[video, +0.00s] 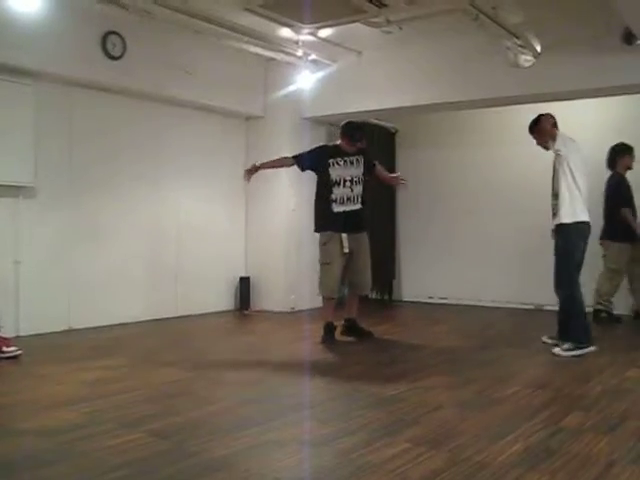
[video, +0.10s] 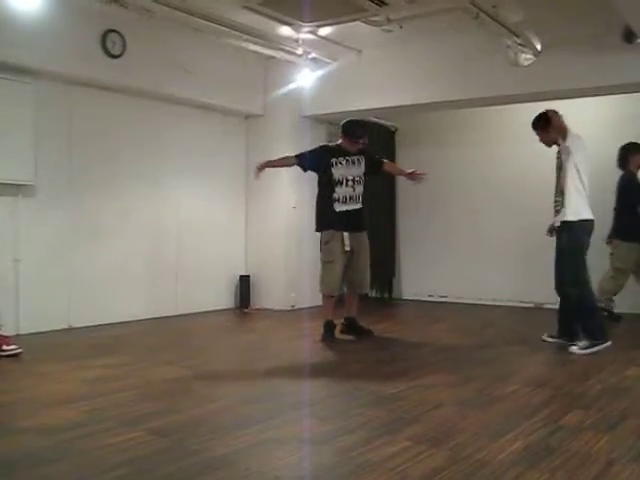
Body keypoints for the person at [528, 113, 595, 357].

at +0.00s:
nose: (538, 143)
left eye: (538, 137)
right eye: (535, 139)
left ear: (550, 126)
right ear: (550, 128)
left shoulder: (568, 149)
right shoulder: (561, 153)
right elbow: (563, 191)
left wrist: (550, 124)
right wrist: (558, 222)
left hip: (573, 223)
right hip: (566, 223)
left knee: (568, 284)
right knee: (564, 284)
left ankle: (580, 339)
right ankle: (565, 333)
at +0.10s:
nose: (542, 142)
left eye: (542, 136)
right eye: (539, 138)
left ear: (553, 127)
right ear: (550, 130)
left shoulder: (573, 146)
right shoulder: (563, 150)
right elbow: (564, 190)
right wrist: (557, 220)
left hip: (577, 221)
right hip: (567, 222)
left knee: (575, 281)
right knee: (564, 282)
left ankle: (596, 335)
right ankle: (567, 332)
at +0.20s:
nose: (545, 137)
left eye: (546, 131)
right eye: (543, 132)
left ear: (558, 128)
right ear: (554, 131)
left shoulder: (579, 147)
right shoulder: (563, 153)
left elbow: (579, 132)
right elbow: (564, 192)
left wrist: (570, 116)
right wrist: (557, 222)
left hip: (582, 221)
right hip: (566, 222)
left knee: (588, 279)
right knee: (564, 282)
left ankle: (610, 334)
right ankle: (568, 333)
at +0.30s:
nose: (550, 135)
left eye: (552, 130)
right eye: (549, 130)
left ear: (564, 127)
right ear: (562, 129)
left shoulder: (584, 147)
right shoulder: (564, 156)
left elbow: (593, 123)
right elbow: (563, 193)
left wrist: (574, 111)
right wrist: (558, 224)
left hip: (588, 222)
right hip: (568, 224)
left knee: (598, 280)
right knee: (564, 282)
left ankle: (620, 334)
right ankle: (568, 333)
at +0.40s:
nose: (559, 134)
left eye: (561, 129)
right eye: (558, 129)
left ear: (573, 127)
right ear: (570, 128)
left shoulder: (593, 146)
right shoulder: (563, 157)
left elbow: (611, 125)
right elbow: (562, 193)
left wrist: (585, 111)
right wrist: (557, 226)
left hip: (595, 223)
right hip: (570, 225)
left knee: (608, 282)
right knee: (566, 283)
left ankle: (625, 337)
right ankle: (568, 333)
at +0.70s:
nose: (591, 133)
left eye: (595, 129)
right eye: (591, 128)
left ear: (608, 131)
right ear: (596, 129)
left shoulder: (627, 153)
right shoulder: (583, 156)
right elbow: (574, 191)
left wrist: (627, 117)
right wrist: (561, 221)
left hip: (621, 231)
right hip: (590, 231)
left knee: (625, 289)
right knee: (580, 286)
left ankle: (625, 340)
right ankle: (571, 333)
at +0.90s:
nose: (604, 130)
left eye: (609, 127)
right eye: (605, 125)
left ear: (622, 129)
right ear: (607, 125)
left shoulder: (635, 153)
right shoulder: (593, 153)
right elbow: (584, 186)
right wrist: (574, 216)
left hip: (628, 230)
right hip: (596, 228)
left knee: (627, 288)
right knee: (585, 281)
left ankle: (625, 340)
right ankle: (581, 335)